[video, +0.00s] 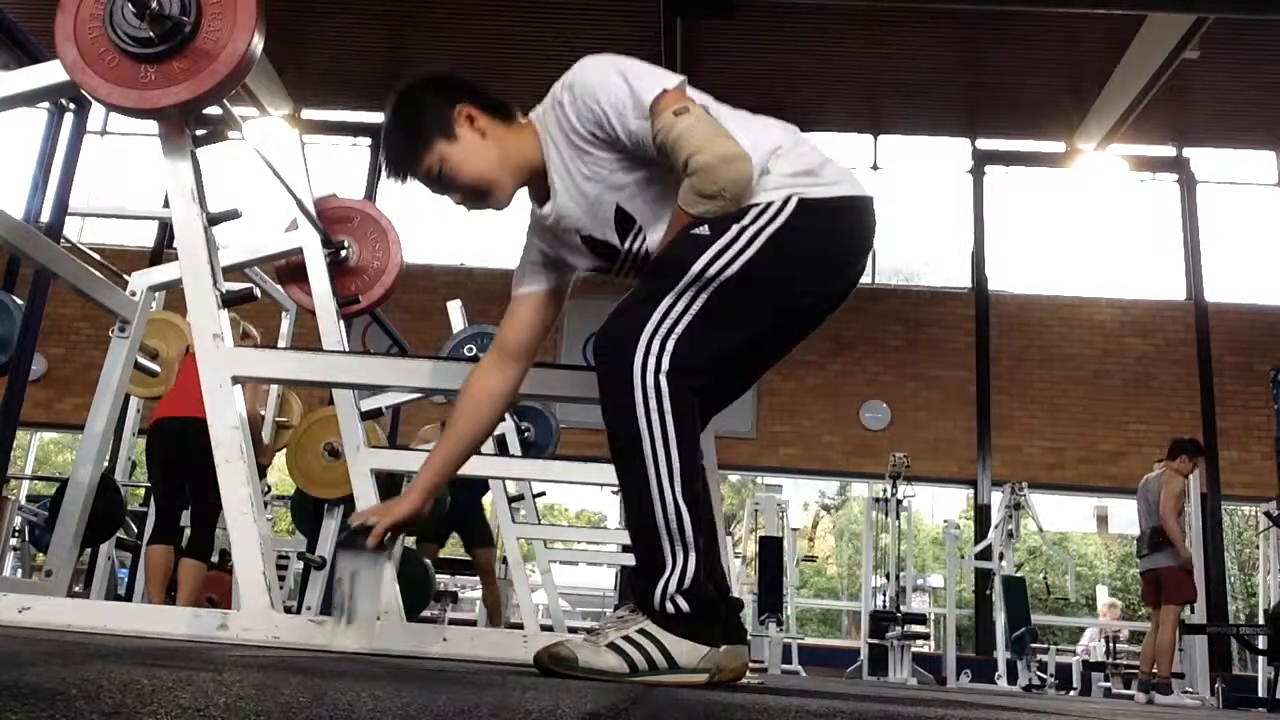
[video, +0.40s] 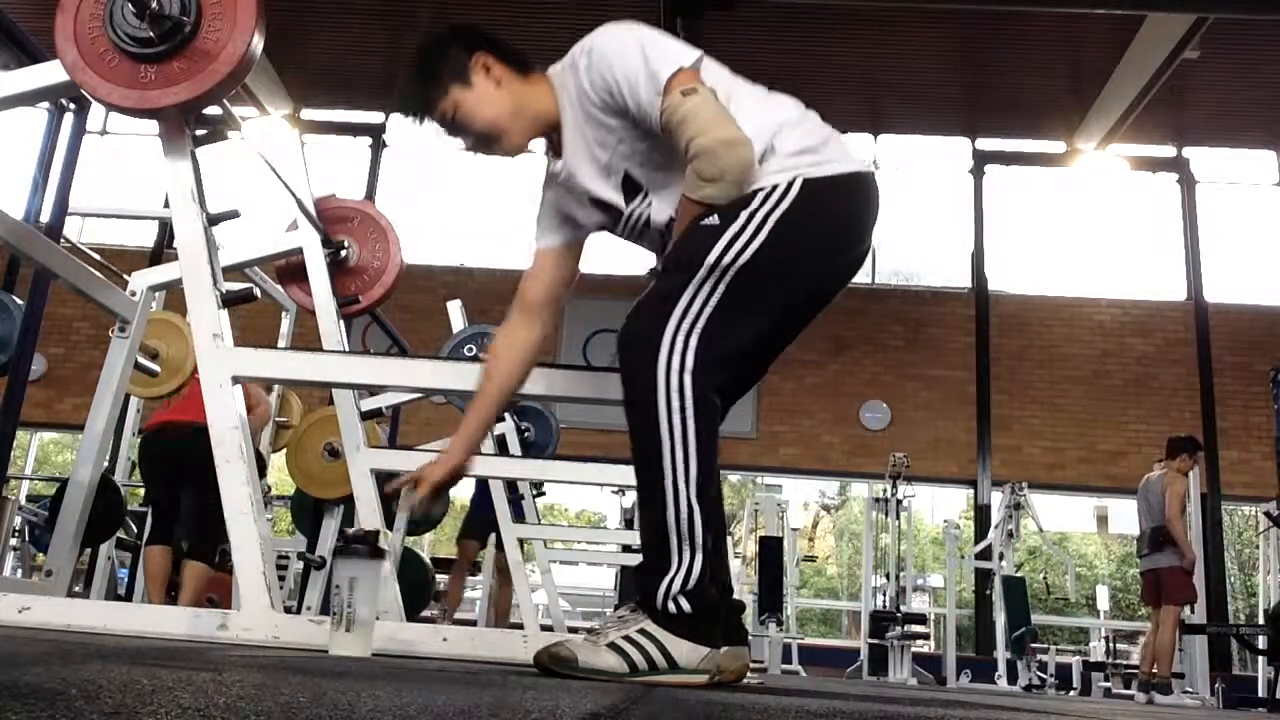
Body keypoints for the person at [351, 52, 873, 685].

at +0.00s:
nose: (453, 196)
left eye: (442, 172)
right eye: (437, 189)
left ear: (472, 121)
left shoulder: (589, 85)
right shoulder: (552, 230)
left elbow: (721, 169)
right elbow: (501, 366)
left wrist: (658, 257)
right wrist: (417, 493)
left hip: (801, 201)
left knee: (635, 348)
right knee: (657, 396)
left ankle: (684, 621)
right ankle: (702, 624)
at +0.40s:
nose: (463, 140)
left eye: (457, 117)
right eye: (452, 131)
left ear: (489, 71)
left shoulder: (608, 51)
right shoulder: (567, 184)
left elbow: (725, 155)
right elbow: (530, 319)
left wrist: (677, 235)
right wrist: (455, 454)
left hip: (805, 182)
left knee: (658, 344)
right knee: (674, 379)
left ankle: (685, 622)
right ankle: (707, 628)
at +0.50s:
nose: (477, 106)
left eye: (469, 84)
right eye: (466, 98)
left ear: (500, 38)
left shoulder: (620, 30)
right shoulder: (580, 157)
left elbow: (721, 149)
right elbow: (564, 285)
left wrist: (676, 259)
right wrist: (516, 417)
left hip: (802, 171)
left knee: (667, 350)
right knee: (689, 387)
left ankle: (684, 623)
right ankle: (710, 629)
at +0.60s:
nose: (494, 70)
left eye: (486, 47)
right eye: (483, 63)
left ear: (520, 6)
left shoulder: (628, 14)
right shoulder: (600, 125)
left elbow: (711, 136)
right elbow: (611, 259)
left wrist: (683, 281)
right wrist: (578, 390)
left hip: (802, 165)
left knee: (678, 353)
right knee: (702, 387)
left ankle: (684, 624)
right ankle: (713, 631)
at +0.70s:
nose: (513, 34)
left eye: (509, 12)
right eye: (505, 24)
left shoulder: (649, 4)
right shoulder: (618, 92)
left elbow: (714, 125)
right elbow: (658, 232)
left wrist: (692, 251)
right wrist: (642, 353)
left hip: (800, 166)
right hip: (770, 183)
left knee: (689, 367)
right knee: (682, 380)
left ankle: (687, 625)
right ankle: (711, 629)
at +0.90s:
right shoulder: (667, 39)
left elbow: (746, 68)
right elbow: (691, 158)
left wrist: (696, 203)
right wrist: (688, 263)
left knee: (725, 370)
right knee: (695, 397)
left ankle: (694, 619)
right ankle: (709, 628)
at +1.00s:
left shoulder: (756, 3)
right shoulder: (698, 22)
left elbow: (770, 53)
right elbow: (745, 134)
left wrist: (717, 180)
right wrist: (722, 246)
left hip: (810, 168)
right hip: (768, 182)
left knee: (744, 380)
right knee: (714, 397)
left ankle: (752, 619)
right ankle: (718, 617)